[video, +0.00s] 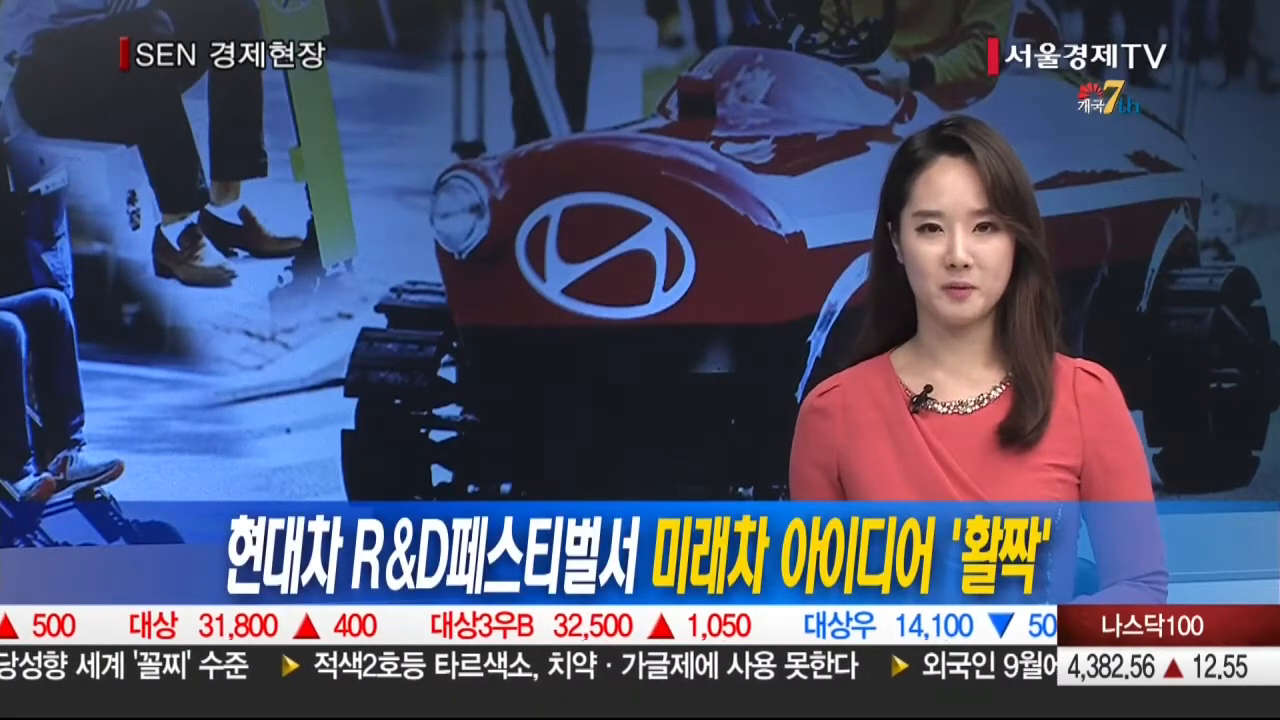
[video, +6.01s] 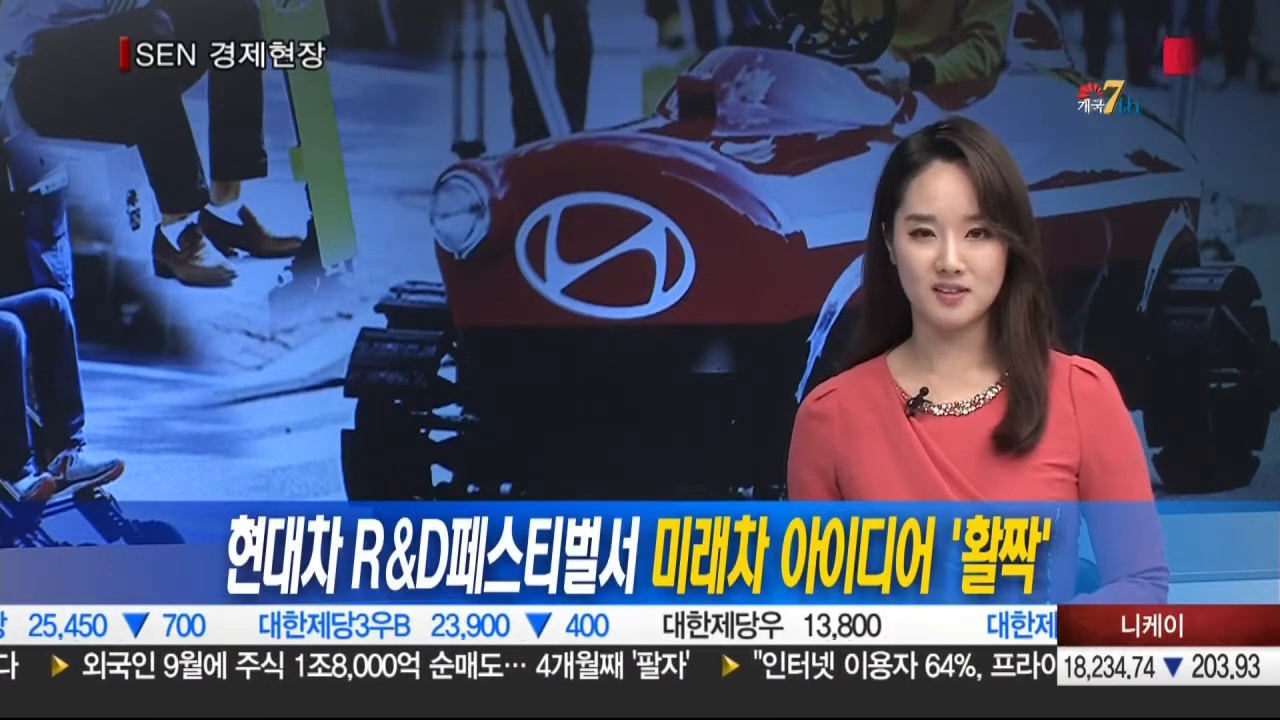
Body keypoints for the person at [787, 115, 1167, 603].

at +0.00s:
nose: (959, 256)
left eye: (985, 227)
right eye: (930, 228)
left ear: (1019, 243)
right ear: (897, 244)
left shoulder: (1086, 398)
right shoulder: (832, 414)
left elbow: (1139, 585)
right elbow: (814, 605)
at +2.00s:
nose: (953, 256)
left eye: (981, 229)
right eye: (927, 226)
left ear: (1015, 246)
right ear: (893, 241)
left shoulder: (1084, 396)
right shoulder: (830, 414)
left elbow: (1143, 581)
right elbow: (809, 603)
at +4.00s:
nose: (953, 260)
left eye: (980, 231)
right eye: (925, 231)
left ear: (1015, 245)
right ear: (893, 245)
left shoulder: (1084, 397)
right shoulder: (830, 415)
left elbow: (1143, 582)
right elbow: (811, 604)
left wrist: (1035, 644)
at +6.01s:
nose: (950, 262)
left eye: (977, 233)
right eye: (922, 233)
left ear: (1012, 246)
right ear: (889, 245)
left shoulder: (1083, 397)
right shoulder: (829, 417)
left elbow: (1143, 582)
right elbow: (811, 605)